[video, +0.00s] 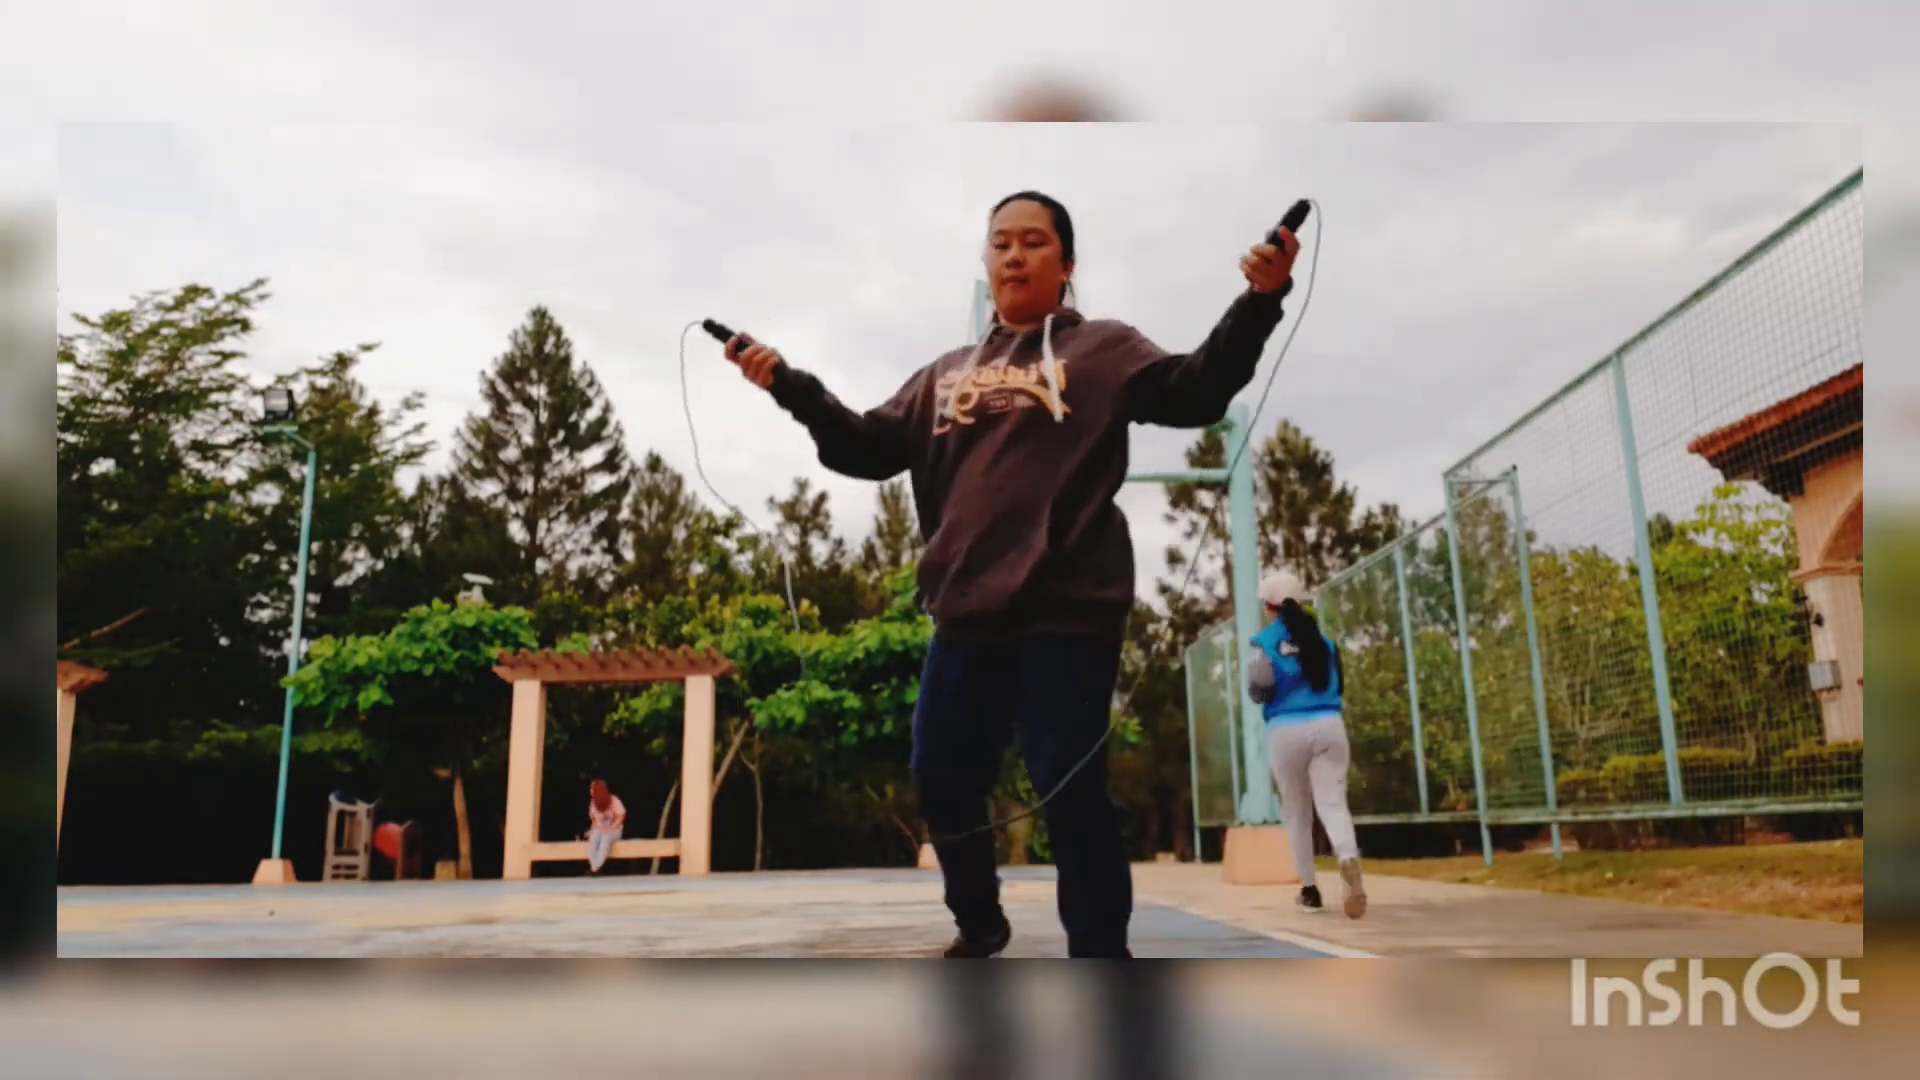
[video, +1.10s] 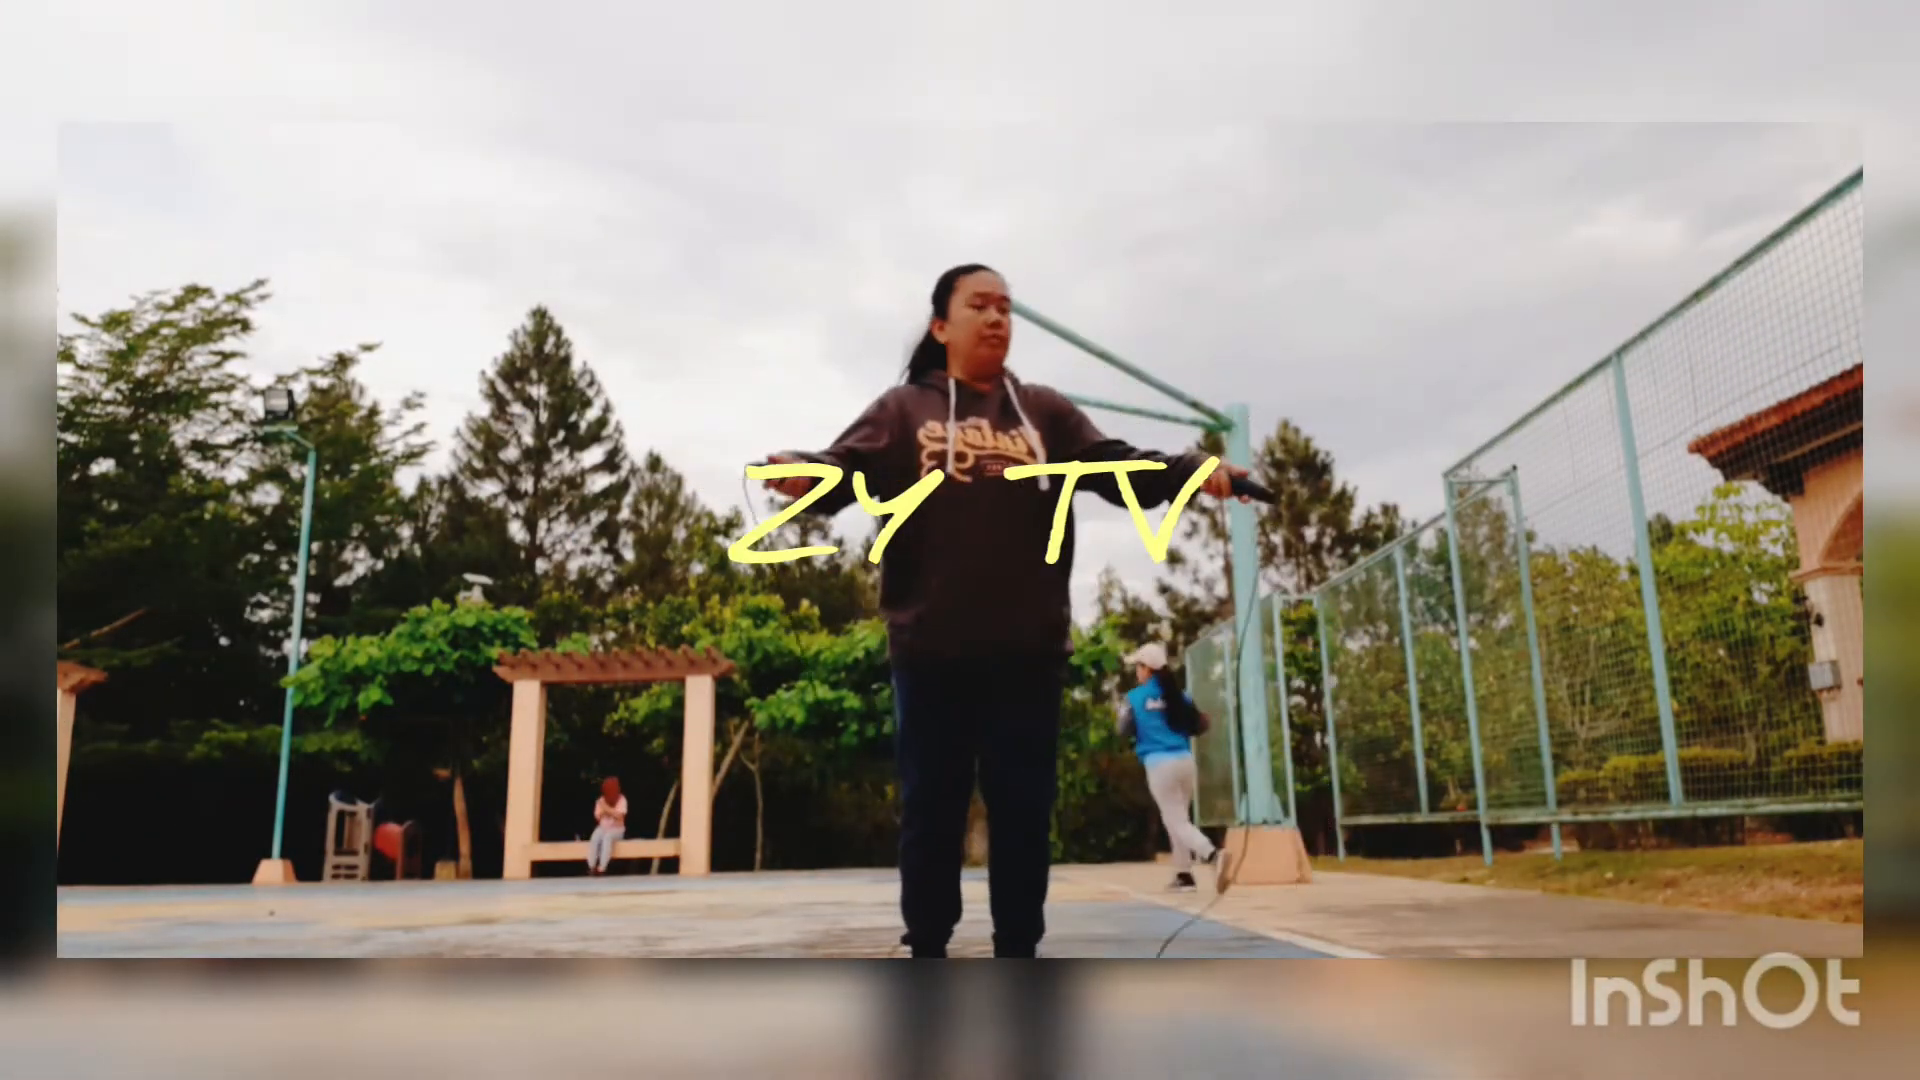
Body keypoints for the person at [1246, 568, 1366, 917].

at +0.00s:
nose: (1263, 611)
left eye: (1264, 606)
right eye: (1265, 605)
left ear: (1269, 607)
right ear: (1298, 603)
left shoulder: (1265, 640)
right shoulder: (1324, 639)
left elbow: (1260, 689)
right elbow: (1337, 685)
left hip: (1287, 729)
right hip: (1329, 723)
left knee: (1296, 810)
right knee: (1334, 802)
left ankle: (1309, 886)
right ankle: (1349, 859)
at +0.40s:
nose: (1238, 641)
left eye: (1238, 638)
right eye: (1243, 637)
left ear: (1241, 641)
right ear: (1268, 637)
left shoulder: (1231, 676)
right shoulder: (1290, 670)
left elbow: (1220, 719)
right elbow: (1317, 705)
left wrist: (1242, 703)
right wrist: (1288, 701)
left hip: (1259, 750)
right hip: (1295, 745)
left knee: (1270, 818)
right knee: (1295, 817)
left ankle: (1289, 856)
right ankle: (1303, 875)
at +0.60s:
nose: (1216, 647)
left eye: (1217, 642)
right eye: (1217, 642)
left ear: (1222, 644)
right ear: (1244, 642)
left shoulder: (1220, 675)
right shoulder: (1265, 674)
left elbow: (1213, 710)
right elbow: (1275, 711)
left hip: (1239, 750)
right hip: (1273, 744)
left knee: (1244, 817)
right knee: (1282, 816)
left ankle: (1262, 873)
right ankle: (1301, 870)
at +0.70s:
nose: (1203, 648)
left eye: (1205, 643)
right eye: (1204, 643)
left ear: (1212, 645)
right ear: (1229, 643)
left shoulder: (1212, 675)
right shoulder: (1247, 667)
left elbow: (1209, 712)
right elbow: (1252, 706)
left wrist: (1197, 723)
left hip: (1226, 748)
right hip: (1258, 743)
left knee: (1234, 817)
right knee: (1271, 805)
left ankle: (1244, 874)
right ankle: (1297, 856)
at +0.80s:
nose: (1185, 662)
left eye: (1187, 658)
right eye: (1186, 657)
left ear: (1194, 660)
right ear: (1211, 659)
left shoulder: (1189, 690)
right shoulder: (1230, 683)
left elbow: (1187, 725)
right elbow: (1246, 718)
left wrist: (1176, 736)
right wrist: (1234, 737)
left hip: (1209, 763)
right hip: (1240, 759)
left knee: (1216, 824)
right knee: (1246, 820)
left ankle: (1241, 877)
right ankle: (1273, 852)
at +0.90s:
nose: (1165, 664)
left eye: (1167, 660)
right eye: (1165, 659)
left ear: (1174, 662)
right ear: (1191, 660)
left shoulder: (1165, 691)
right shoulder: (1206, 685)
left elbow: (1156, 728)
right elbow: (1231, 719)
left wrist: (1162, 745)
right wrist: (1212, 735)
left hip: (1188, 759)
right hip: (1218, 755)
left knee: (1207, 818)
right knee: (1211, 816)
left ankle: (1236, 872)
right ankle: (1231, 869)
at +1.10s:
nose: (1137, 672)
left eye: (1138, 667)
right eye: (1137, 667)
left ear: (1146, 669)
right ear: (1161, 668)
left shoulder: (1134, 697)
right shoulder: (1177, 693)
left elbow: (1123, 729)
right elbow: (1196, 720)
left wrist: (1125, 712)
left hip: (1158, 761)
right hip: (1184, 757)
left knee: (1175, 820)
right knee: (1179, 819)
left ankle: (1212, 854)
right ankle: (1184, 872)